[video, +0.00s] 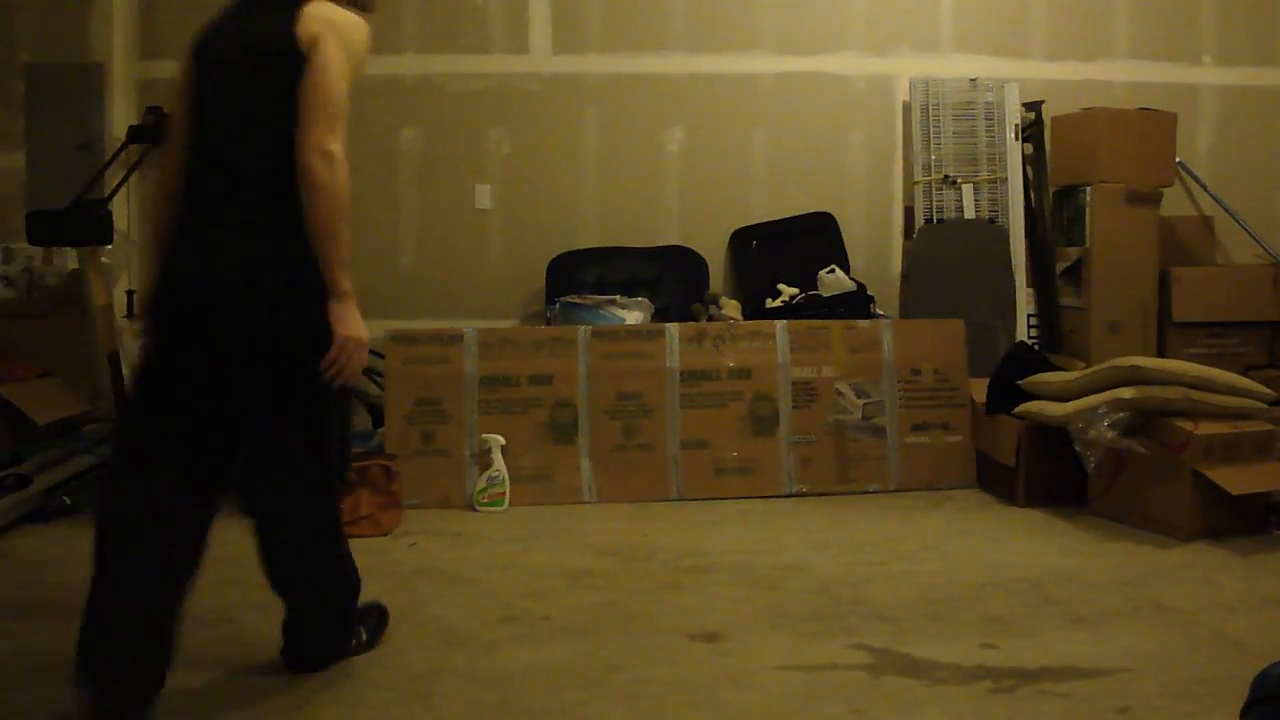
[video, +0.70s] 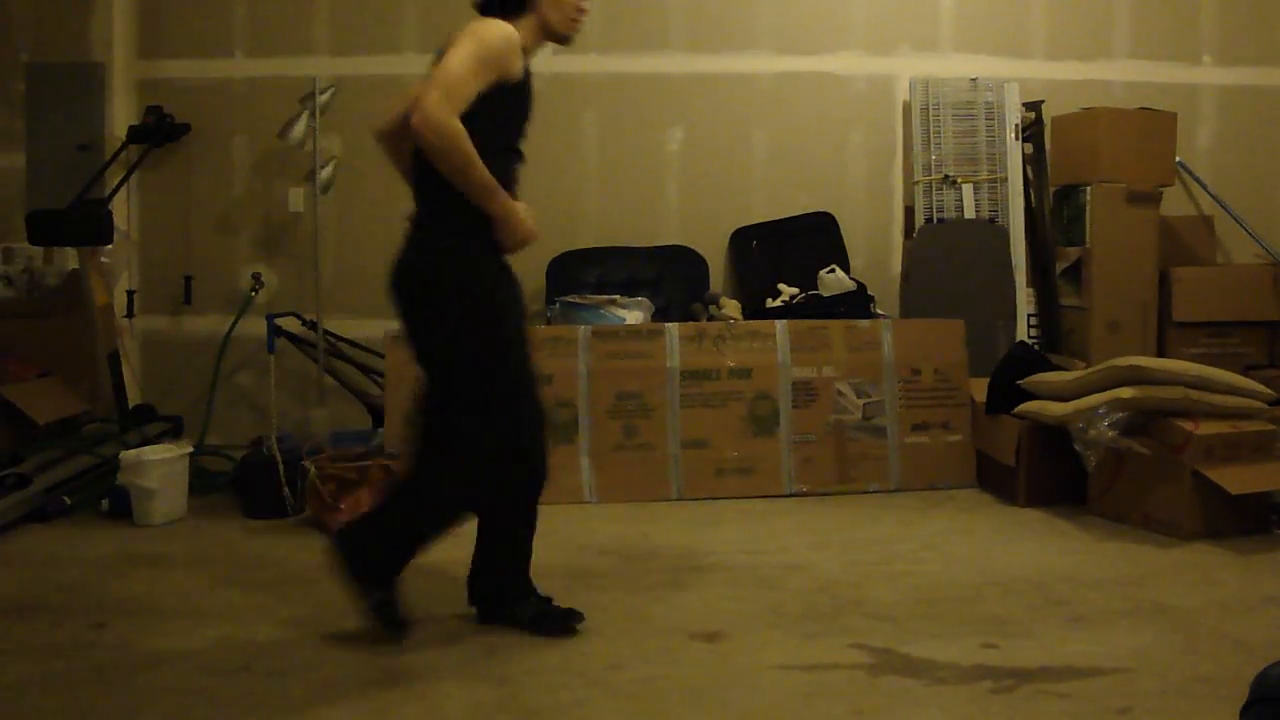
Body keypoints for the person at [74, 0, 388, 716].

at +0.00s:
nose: (373, 11)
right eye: (369, 6)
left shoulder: (216, 30)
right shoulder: (334, 24)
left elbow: (173, 167)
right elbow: (320, 155)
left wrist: (156, 287)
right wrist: (343, 294)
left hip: (196, 288)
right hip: (281, 290)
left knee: (159, 482)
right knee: (295, 457)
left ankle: (116, 679)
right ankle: (320, 626)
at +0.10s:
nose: (408, 9)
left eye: (406, 3)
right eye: (403, 0)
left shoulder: (261, 41)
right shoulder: (359, 38)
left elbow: (216, 177)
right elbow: (343, 171)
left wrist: (217, 290)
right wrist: (374, 301)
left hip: (250, 288)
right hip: (320, 293)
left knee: (260, 444)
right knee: (334, 452)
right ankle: (327, 625)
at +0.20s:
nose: (429, 8)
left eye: (429, 4)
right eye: (427, 2)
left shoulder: (297, 34)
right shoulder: (372, 26)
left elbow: (247, 162)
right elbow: (353, 149)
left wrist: (275, 244)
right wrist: (404, 255)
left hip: (287, 268)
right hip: (340, 268)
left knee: (359, 423)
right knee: (379, 433)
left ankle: (263, 509)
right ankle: (325, 628)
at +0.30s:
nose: (447, 3)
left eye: (445, 0)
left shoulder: (333, 21)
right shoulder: (382, 11)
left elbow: (264, 131)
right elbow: (359, 108)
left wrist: (312, 190)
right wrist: (417, 187)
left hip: (328, 237)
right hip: (350, 244)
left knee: (431, 379)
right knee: (377, 422)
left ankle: (364, 545)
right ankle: (319, 621)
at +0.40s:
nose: (469, 5)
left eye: (469, 4)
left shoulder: (369, 22)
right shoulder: (404, 9)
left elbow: (292, 120)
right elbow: (367, 101)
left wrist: (349, 171)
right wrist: (430, 170)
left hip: (368, 245)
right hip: (374, 248)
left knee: (444, 399)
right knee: (384, 421)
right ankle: (313, 600)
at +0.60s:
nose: (545, 6)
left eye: (546, 0)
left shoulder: (454, 36)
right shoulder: (469, 30)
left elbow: (359, 131)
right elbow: (417, 123)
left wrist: (410, 200)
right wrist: (474, 210)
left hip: (424, 270)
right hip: (422, 272)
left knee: (490, 430)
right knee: (406, 436)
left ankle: (522, 585)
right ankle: (313, 593)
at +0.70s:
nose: (581, 10)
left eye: (581, 2)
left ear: (538, 5)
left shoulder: (491, 47)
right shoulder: (495, 38)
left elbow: (395, 128)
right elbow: (433, 115)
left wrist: (450, 201)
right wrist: (502, 206)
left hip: (451, 267)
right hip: (458, 270)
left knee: (488, 437)